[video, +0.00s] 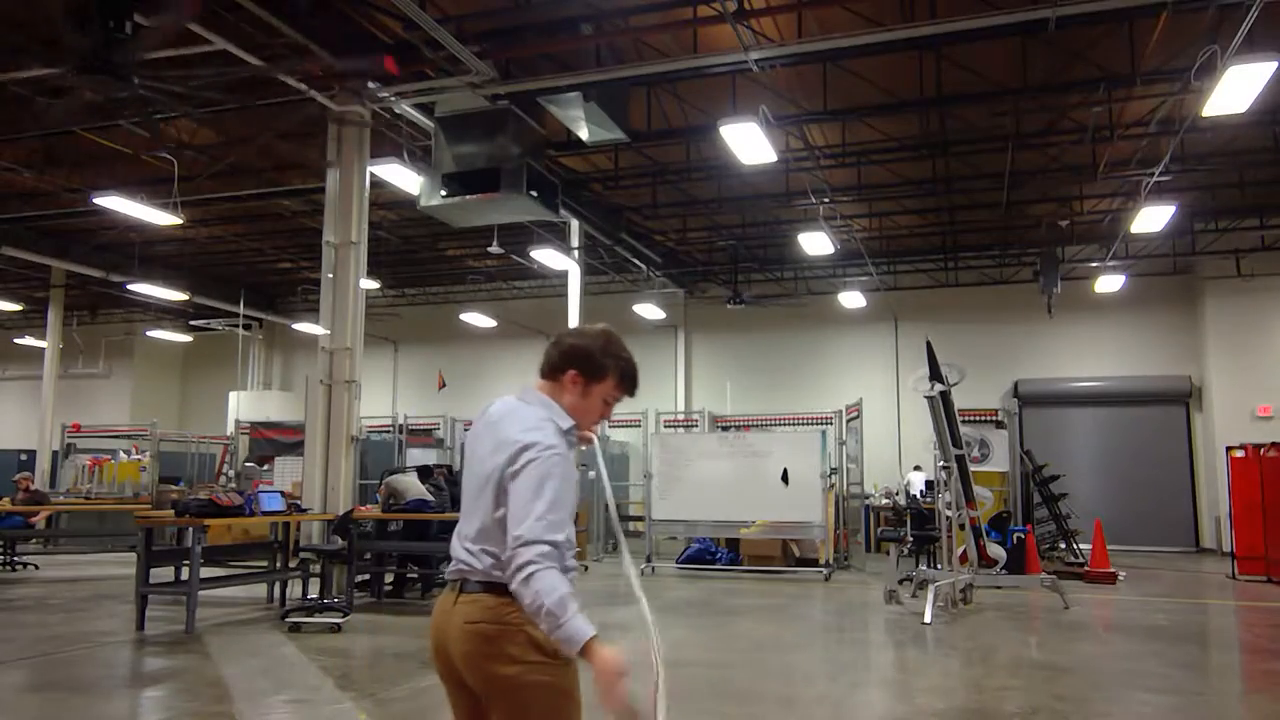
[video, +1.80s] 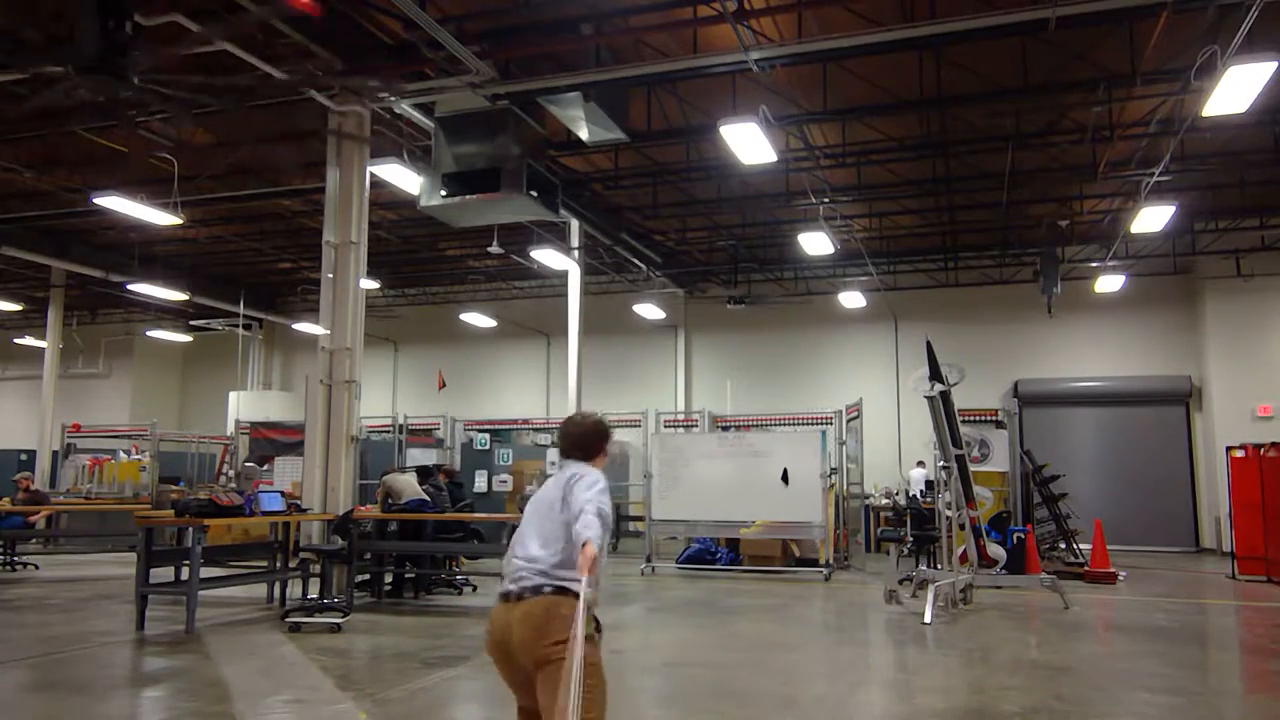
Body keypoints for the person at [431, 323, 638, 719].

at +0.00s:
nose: (607, 416)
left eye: (613, 405)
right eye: (607, 401)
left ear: (568, 379)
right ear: (573, 382)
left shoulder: (495, 415)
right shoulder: (544, 443)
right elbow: (532, 566)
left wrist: (561, 431)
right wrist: (592, 648)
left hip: (453, 608)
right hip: (506, 620)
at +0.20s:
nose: (630, 422)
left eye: (636, 413)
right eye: (633, 410)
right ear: (604, 393)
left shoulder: (519, 410)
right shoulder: (556, 457)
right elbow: (502, 571)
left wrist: (585, 437)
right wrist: (558, 650)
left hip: (463, 605)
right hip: (515, 621)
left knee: (483, 714)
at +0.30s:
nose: (627, 428)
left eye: (634, 420)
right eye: (632, 417)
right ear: (605, 398)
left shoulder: (525, 410)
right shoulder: (553, 461)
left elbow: (560, 424)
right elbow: (515, 573)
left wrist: (593, 443)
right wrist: (587, 616)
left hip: (470, 601)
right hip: (516, 619)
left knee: (488, 714)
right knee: (540, 711)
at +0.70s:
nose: (602, 417)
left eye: (606, 407)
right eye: (601, 404)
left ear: (567, 388)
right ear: (569, 388)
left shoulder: (539, 434)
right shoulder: (524, 444)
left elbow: (564, 480)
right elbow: (509, 550)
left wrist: (605, 496)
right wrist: (602, 566)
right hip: (513, 612)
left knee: (513, 712)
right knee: (536, 712)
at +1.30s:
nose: (615, 408)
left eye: (618, 398)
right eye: (613, 396)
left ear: (583, 390)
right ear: (583, 388)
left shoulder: (543, 436)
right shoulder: (545, 441)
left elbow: (546, 509)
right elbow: (523, 520)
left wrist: (585, 536)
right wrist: (555, 580)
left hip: (488, 588)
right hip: (515, 594)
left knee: (499, 713)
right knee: (552, 713)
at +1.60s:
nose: (635, 420)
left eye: (635, 412)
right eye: (635, 412)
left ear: (587, 408)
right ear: (629, 415)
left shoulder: (559, 446)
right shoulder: (591, 452)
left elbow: (535, 514)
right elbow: (576, 516)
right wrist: (576, 573)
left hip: (490, 585)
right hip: (530, 590)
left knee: (522, 710)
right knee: (556, 710)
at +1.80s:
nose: (608, 452)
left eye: (606, 445)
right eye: (608, 446)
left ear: (563, 449)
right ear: (602, 451)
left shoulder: (547, 486)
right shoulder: (590, 477)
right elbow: (588, 509)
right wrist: (589, 543)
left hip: (505, 614)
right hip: (553, 612)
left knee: (531, 710)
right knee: (577, 712)